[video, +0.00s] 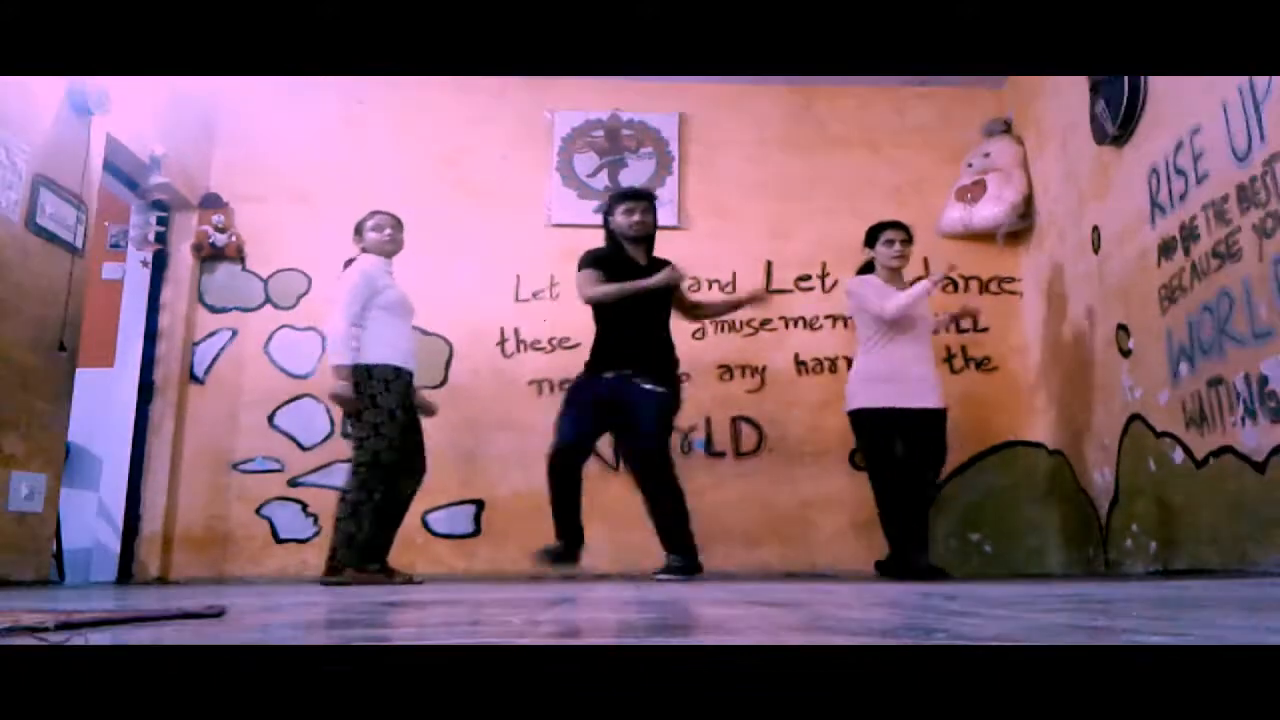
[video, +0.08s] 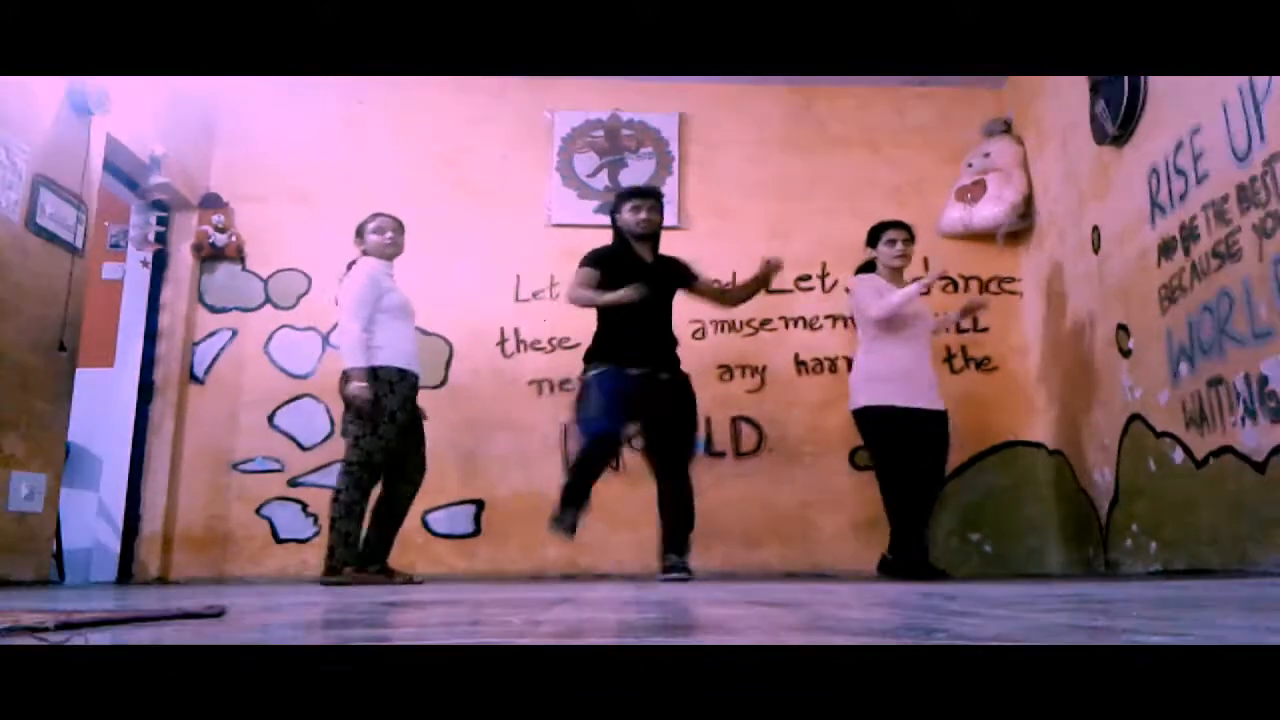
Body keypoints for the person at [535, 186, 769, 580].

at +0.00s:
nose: (637, 219)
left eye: (644, 213)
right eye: (627, 213)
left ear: (655, 221)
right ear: (609, 220)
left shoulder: (663, 270)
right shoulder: (596, 259)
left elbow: (690, 310)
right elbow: (590, 293)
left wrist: (742, 301)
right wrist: (654, 283)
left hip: (651, 380)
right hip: (602, 378)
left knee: (650, 464)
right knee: (563, 456)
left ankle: (683, 556)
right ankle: (568, 544)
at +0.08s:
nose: (644, 216)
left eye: (651, 210)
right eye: (635, 210)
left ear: (661, 218)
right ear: (617, 218)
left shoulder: (670, 268)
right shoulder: (603, 259)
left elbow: (725, 298)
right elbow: (576, 294)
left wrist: (760, 280)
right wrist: (613, 296)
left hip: (662, 375)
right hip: (611, 373)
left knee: (673, 467)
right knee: (602, 437)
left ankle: (674, 556)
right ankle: (569, 508)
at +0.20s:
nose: (653, 216)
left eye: (660, 211)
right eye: (643, 211)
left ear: (670, 220)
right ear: (626, 220)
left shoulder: (683, 261)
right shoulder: (608, 261)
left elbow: (755, 267)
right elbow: (557, 292)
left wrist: (761, 236)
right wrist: (540, 314)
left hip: (662, 375)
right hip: (627, 373)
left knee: (679, 453)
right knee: (660, 436)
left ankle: (650, 554)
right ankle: (567, 415)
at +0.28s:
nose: (655, 217)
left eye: (662, 212)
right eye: (645, 212)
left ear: (672, 221)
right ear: (628, 222)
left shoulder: (683, 264)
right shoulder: (612, 263)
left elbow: (744, 263)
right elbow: (556, 299)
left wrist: (743, 226)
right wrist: (524, 327)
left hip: (670, 378)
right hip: (631, 375)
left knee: (684, 456)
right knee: (654, 435)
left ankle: (650, 554)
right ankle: (590, 397)